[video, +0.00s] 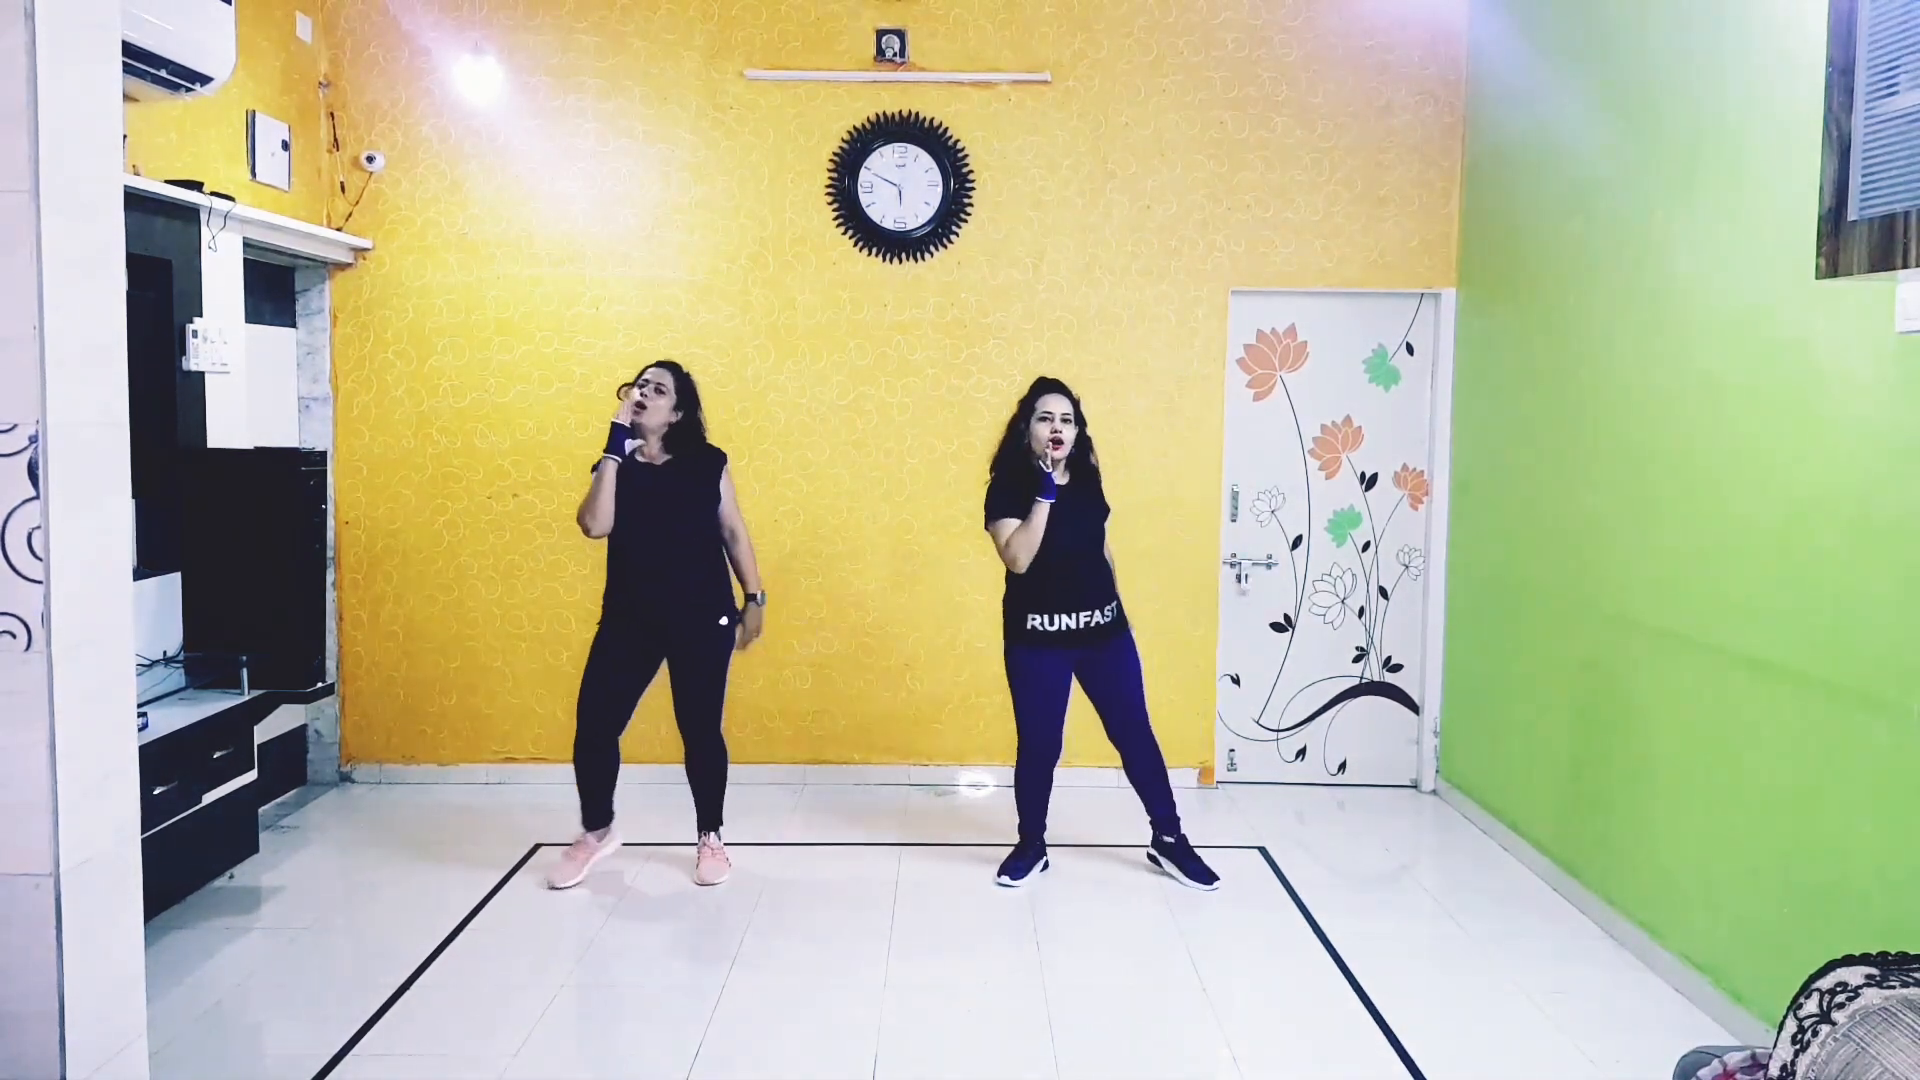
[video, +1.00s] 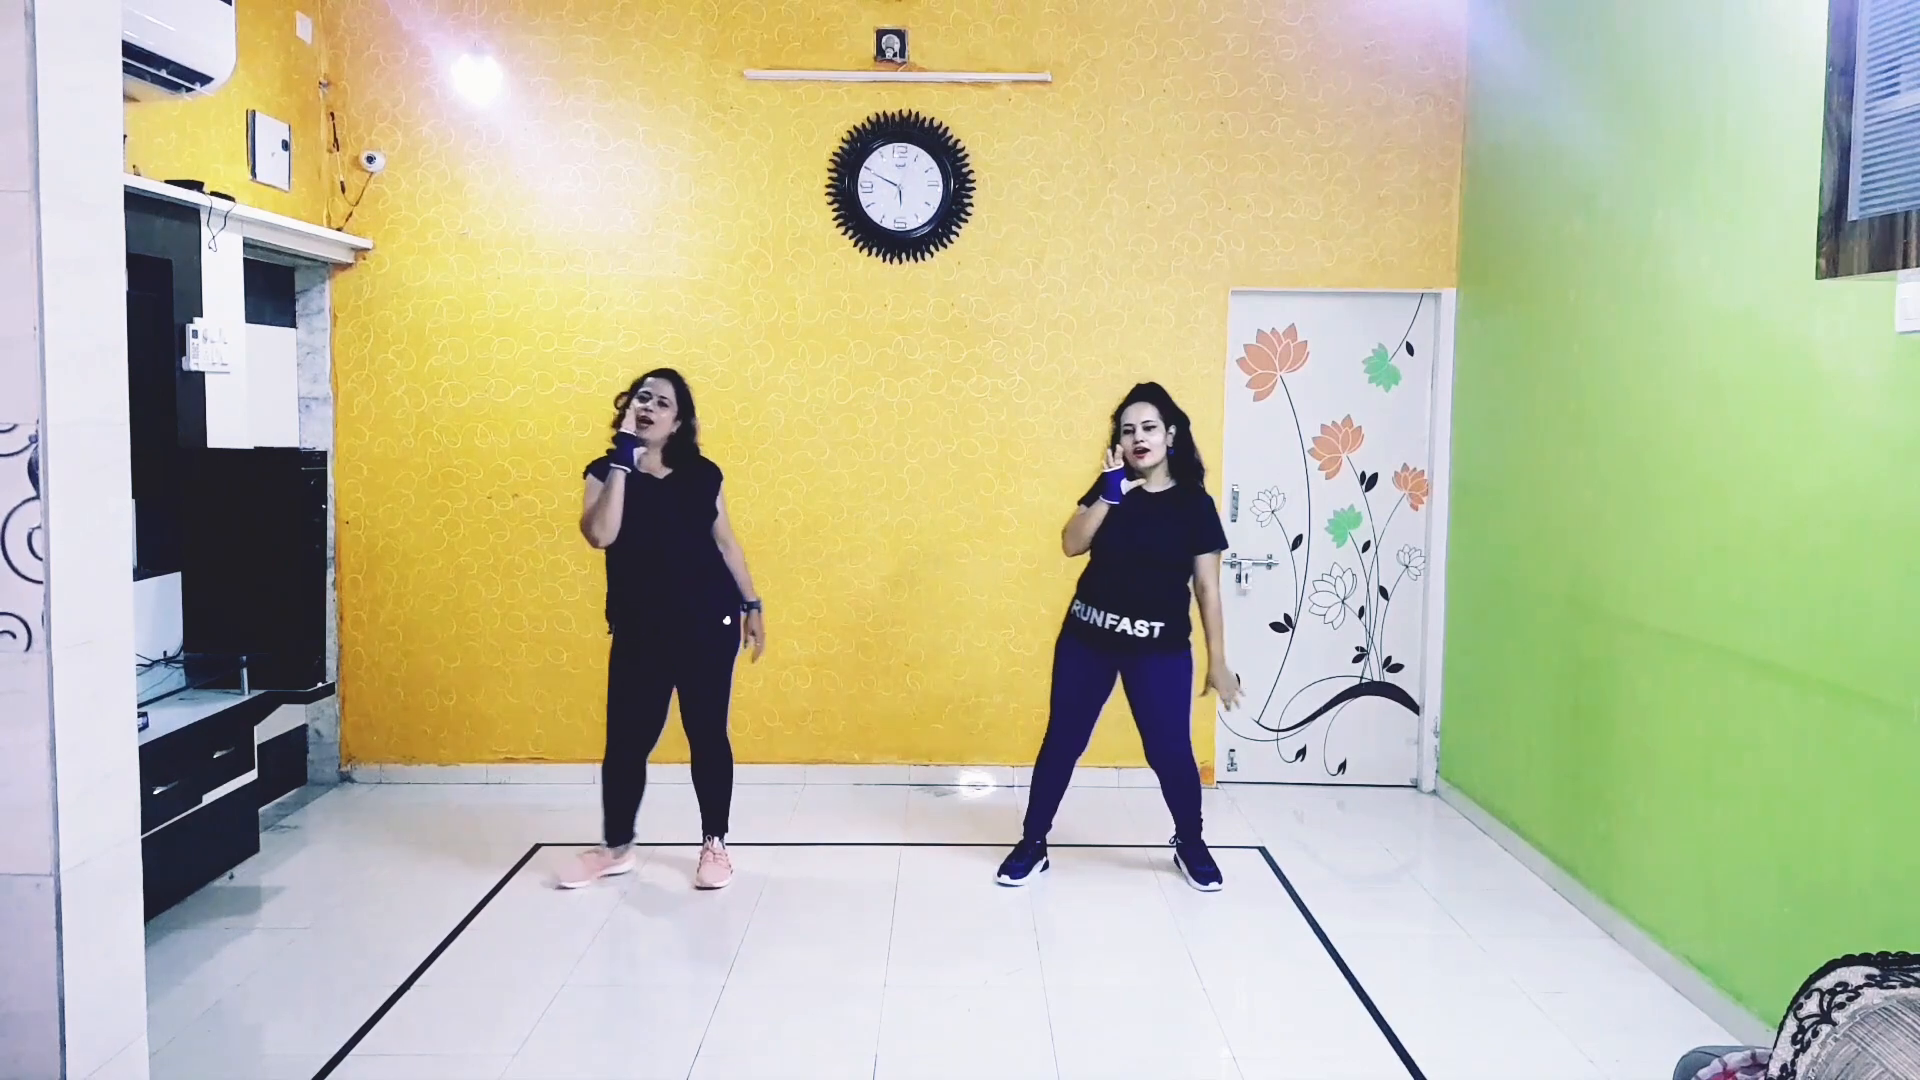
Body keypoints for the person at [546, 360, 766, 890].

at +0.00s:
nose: (642, 394)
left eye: (657, 390)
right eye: (639, 386)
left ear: (680, 412)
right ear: (628, 399)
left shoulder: (708, 463)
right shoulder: (612, 466)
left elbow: (733, 530)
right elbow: (596, 525)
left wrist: (754, 597)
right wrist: (614, 448)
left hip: (700, 618)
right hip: (631, 617)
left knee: (701, 728)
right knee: (594, 724)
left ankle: (710, 836)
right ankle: (596, 830)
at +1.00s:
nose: (648, 406)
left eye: (662, 402)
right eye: (642, 397)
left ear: (680, 420)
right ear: (627, 406)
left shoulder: (702, 475)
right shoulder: (605, 472)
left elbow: (726, 543)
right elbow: (601, 534)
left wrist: (752, 602)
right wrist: (622, 464)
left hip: (705, 629)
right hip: (639, 631)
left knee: (708, 737)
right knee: (625, 743)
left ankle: (714, 844)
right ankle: (617, 847)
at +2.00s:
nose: (610, 404)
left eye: (623, 399)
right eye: (602, 394)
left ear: (636, 413)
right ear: (581, 402)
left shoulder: (655, 471)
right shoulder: (555, 471)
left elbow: (672, 534)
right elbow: (536, 533)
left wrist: (683, 525)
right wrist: (490, 534)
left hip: (633, 625)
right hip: (565, 624)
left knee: (643, 732)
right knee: (570, 734)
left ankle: (670, 838)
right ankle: (574, 843)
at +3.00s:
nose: (613, 407)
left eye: (626, 402)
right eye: (606, 398)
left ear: (645, 416)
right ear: (590, 407)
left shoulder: (671, 472)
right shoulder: (570, 478)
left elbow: (697, 538)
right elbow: (551, 550)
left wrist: (708, 550)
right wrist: (490, 564)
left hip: (645, 628)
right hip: (575, 628)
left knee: (664, 736)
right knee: (579, 736)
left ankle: (700, 840)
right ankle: (580, 844)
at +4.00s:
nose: (657, 405)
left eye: (671, 399)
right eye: (652, 397)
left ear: (696, 413)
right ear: (642, 408)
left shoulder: (723, 474)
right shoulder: (627, 475)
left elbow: (754, 532)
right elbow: (617, 538)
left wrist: (788, 551)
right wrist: (562, 562)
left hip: (715, 623)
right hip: (647, 623)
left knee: (719, 733)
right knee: (614, 731)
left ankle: (737, 845)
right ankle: (602, 845)